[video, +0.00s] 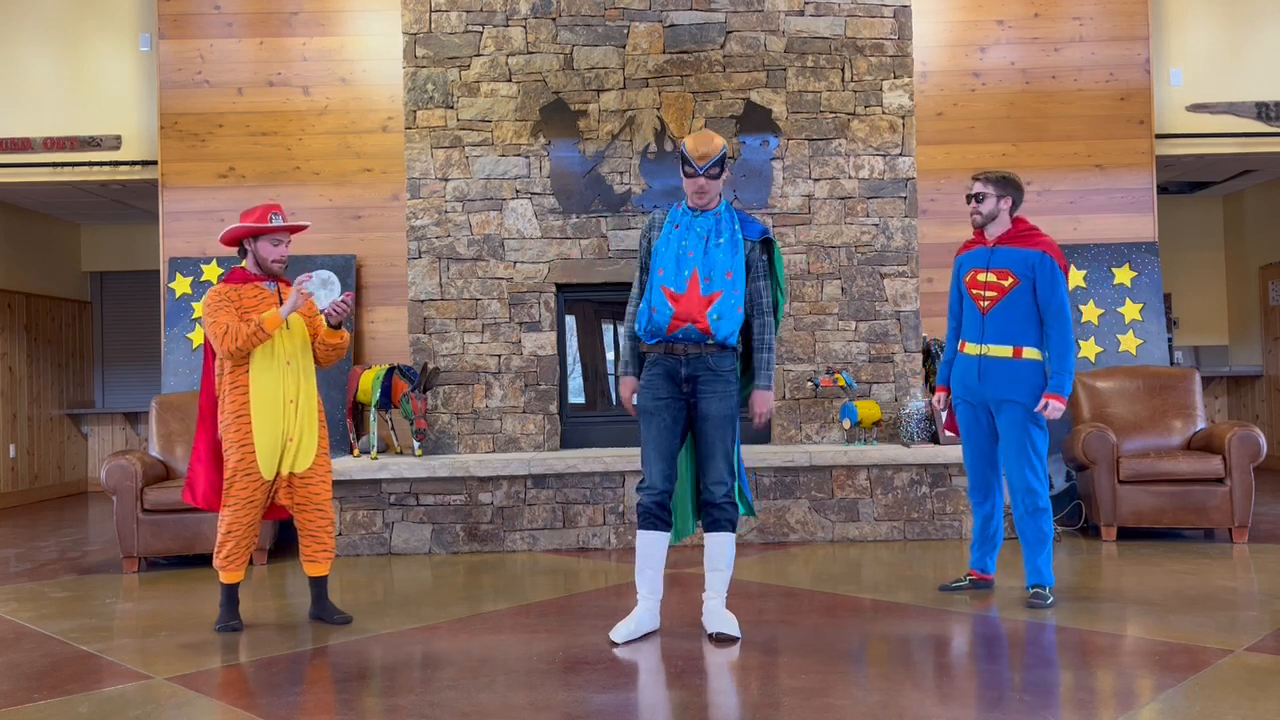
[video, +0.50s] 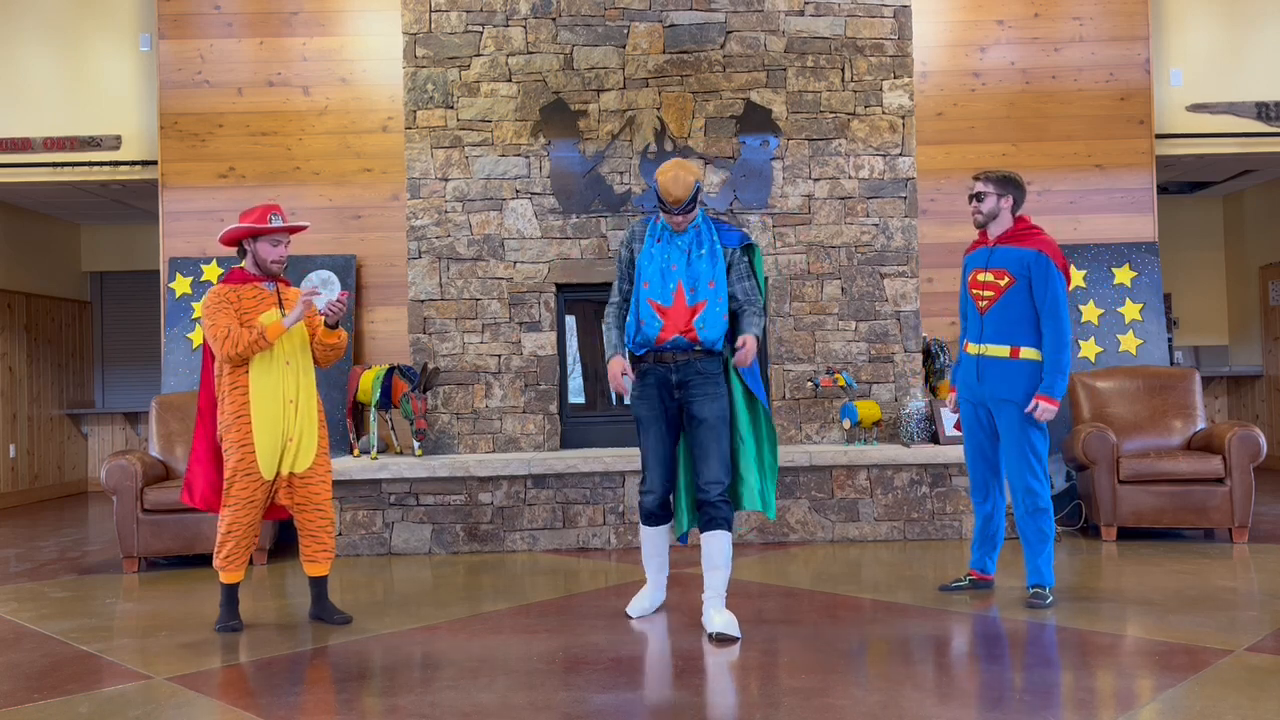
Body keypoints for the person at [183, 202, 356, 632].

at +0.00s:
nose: (285, 251)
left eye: (287, 243)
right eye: (275, 243)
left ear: (289, 246)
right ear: (250, 246)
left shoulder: (298, 295)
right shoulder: (222, 296)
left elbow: (325, 355)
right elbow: (233, 344)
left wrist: (338, 324)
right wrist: (285, 310)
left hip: (303, 418)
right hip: (249, 421)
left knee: (316, 501)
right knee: (242, 505)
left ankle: (321, 601)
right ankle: (229, 606)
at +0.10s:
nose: (285, 252)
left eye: (287, 243)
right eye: (275, 244)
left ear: (289, 246)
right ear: (250, 246)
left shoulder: (298, 297)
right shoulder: (221, 297)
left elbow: (325, 355)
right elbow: (230, 345)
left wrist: (335, 324)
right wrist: (285, 317)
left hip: (303, 419)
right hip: (249, 422)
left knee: (317, 501)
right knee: (242, 505)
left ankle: (321, 601)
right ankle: (229, 606)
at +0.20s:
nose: (283, 251)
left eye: (286, 243)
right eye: (274, 243)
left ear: (288, 247)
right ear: (249, 246)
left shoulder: (299, 297)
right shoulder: (221, 297)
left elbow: (325, 356)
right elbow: (231, 345)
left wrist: (334, 324)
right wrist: (289, 321)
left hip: (303, 419)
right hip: (248, 422)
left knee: (316, 501)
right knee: (241, 505)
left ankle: (320, 601)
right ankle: (229, 606)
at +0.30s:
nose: (283, 252)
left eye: (286, 244)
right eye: (274, 243)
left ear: (288, 247)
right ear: (249, 246)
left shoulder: (298, 298)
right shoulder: (221, 297)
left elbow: (325, 356)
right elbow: (232, 344)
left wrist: (333, 324)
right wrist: (292, 323)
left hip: (302, 419)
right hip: (248, 422)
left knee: (317, 502)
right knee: (241, 505)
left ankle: (320, 601)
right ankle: (229, 607)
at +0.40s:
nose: (283, 252)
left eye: (286, 244)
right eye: (274, 244)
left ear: (288, 247)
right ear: (249, 246)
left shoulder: (298, 298)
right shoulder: (221, 297)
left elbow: (325, 356)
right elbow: (231, 345)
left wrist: (333, 324)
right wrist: (291, 323)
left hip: (303, 420)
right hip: (249, 422)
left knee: (317, 502)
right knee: (242, 505)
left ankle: (320, 601)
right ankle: (229, 606)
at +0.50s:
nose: (283, 252)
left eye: (286, 244)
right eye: (274, 244)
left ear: (288, 247)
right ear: (249, 246)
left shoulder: (298, 297)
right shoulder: (221, 297)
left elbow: (325, 356)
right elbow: (231, 346)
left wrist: (333, 324)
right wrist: (287, 321)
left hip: (303, 419)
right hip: (249, 422)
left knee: (317, 501)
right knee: (242, 504)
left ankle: (320, 601)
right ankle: (229, 606)